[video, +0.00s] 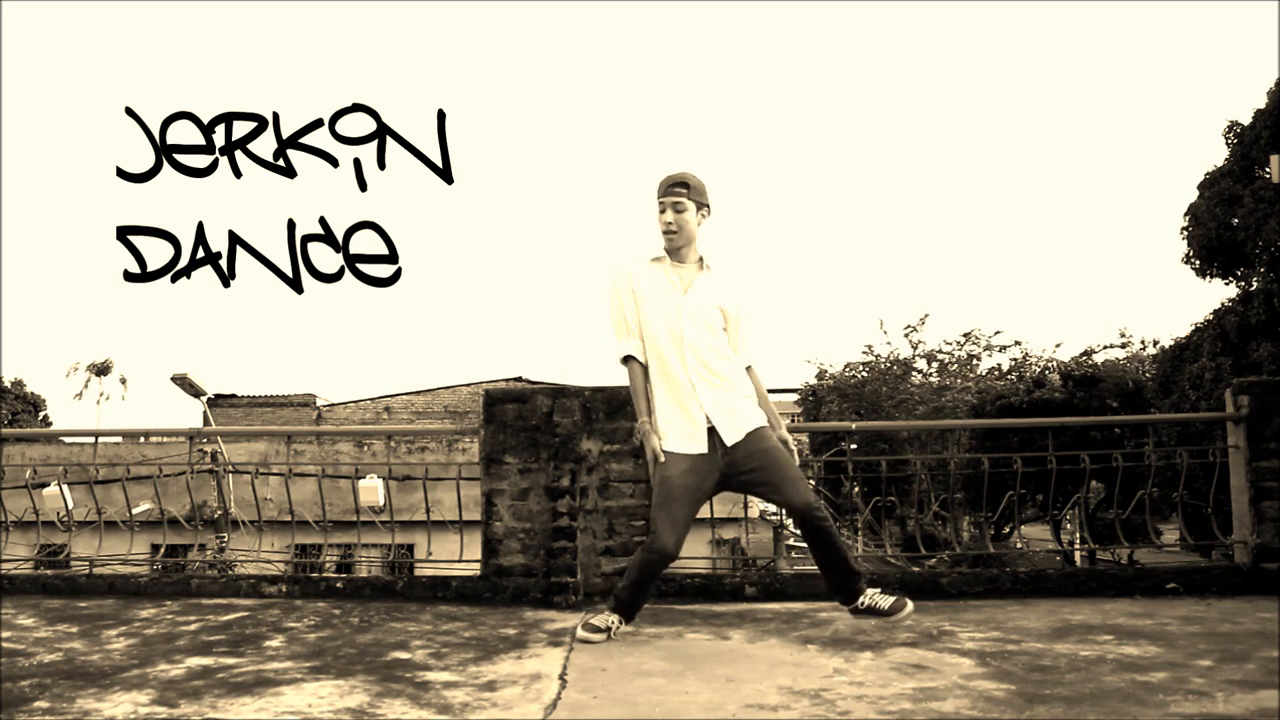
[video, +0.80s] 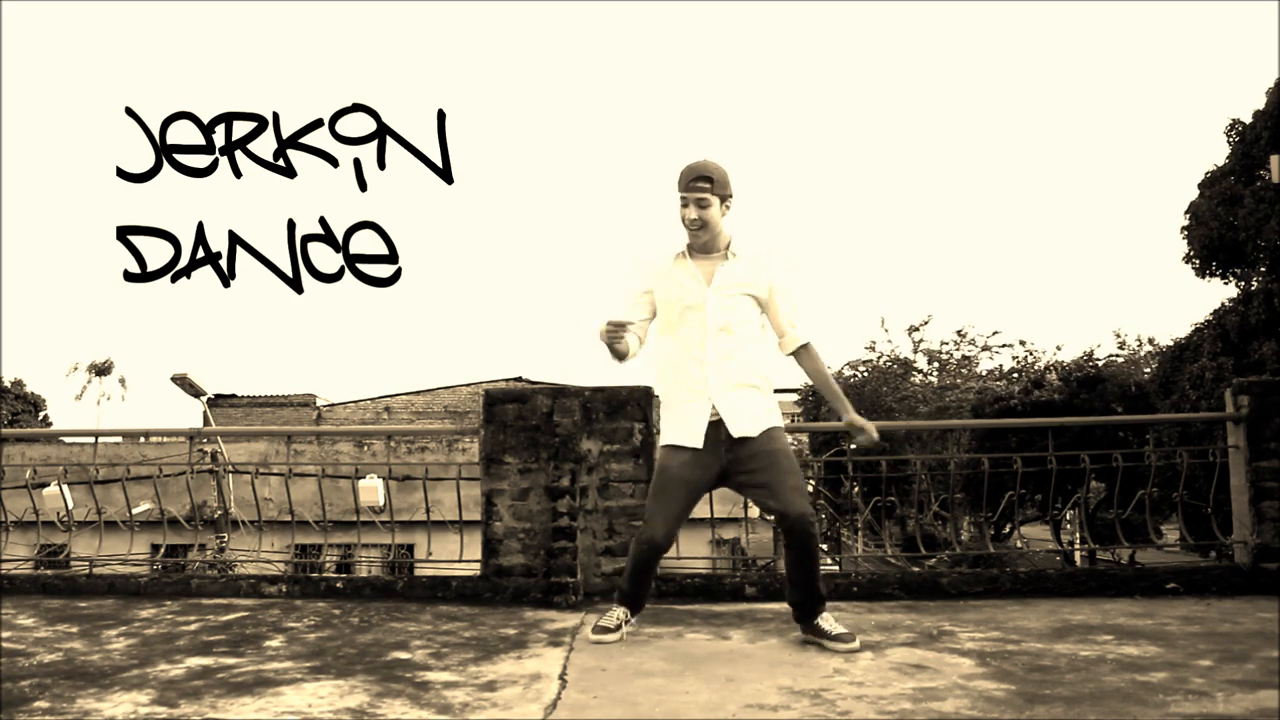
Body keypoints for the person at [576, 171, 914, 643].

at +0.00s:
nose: (667, 218)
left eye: (678, 209)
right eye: (661, 210)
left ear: (701, 216)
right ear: (656, 219)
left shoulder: (721, 285)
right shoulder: (636, 281)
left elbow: (746, 364)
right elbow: (634, 359)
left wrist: (777, 425)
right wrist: (644, 422)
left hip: (742, 423)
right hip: (681, 431)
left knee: (807, 504)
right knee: (664, 545)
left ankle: (856, 595)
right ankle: (616, 613)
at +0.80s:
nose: (691, 213)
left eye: (701, 203)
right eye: (684, 204)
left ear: (725, 206)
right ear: (677, 208)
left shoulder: (756, 273)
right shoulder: (659, 277)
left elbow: (799, 346)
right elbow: (629, 344)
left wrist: (847, 413)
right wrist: (617, 340)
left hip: (754, 424)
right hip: (685, 427)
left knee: (799, 518)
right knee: (653, 535)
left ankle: (811, 617)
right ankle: (626, 609)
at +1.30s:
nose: (719, 156)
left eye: (729, 146)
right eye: (713, 148)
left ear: (757, 149)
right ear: (708, 155)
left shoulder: (784, 224)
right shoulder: (686, 216)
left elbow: (802, 303)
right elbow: (658, 288)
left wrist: (806, 369)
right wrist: (674, 350)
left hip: (772, 384)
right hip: (705, 379)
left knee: (809, 486)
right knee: (679, 488)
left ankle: (796, 616)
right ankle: (657, 553)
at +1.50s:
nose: (658, 167)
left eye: (666, 155)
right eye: (651, 158)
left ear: (697, 154)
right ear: (647, 161)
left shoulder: (730, 218)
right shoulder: (636, 220)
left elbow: (742, 287)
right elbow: (618, 284)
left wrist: (741, 347)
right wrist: (621, 346)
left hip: (715, 387)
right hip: (648, 386)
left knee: (764, 489)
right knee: (621, 501)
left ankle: (797, 624)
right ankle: (578, 609)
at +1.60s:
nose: (639, 170)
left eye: (647, 157)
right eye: (632, 161)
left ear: (677, 154)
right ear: (629, 166)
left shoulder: (715, 217)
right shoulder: (623, 223)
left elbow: (732, 276)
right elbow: (603, 283)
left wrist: (735, 332)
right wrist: (606, 344)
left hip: (709, 384)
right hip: (642, 385)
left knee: (755, 484)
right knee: (613, 500)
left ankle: (785, 619)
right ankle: (583, 612)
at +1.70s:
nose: (632, 139)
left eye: (638, 126)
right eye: (624, 132)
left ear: (667, 120)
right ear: (622, 136)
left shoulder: (719, 181)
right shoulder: (626, 194)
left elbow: (767, 215)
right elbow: (605, 254)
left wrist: (782, 267)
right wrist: (597, 306)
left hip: (728, 351)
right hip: (662, 356)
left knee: (753, 464)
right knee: (641, 472)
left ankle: (720, 584)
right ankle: (606, 593)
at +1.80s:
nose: (635, 131)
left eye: (641, 117)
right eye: (627, 123)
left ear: (671, 112)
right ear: (625, 129)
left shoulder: (728, 172)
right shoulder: (636, 189)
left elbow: (801, 191)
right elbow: (617, 248)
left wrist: (818, 235)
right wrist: (582, 295)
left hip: (733, 340)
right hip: (671, 343)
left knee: (738, 467)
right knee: (672, 467)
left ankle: (692, 584)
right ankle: (656, 594)